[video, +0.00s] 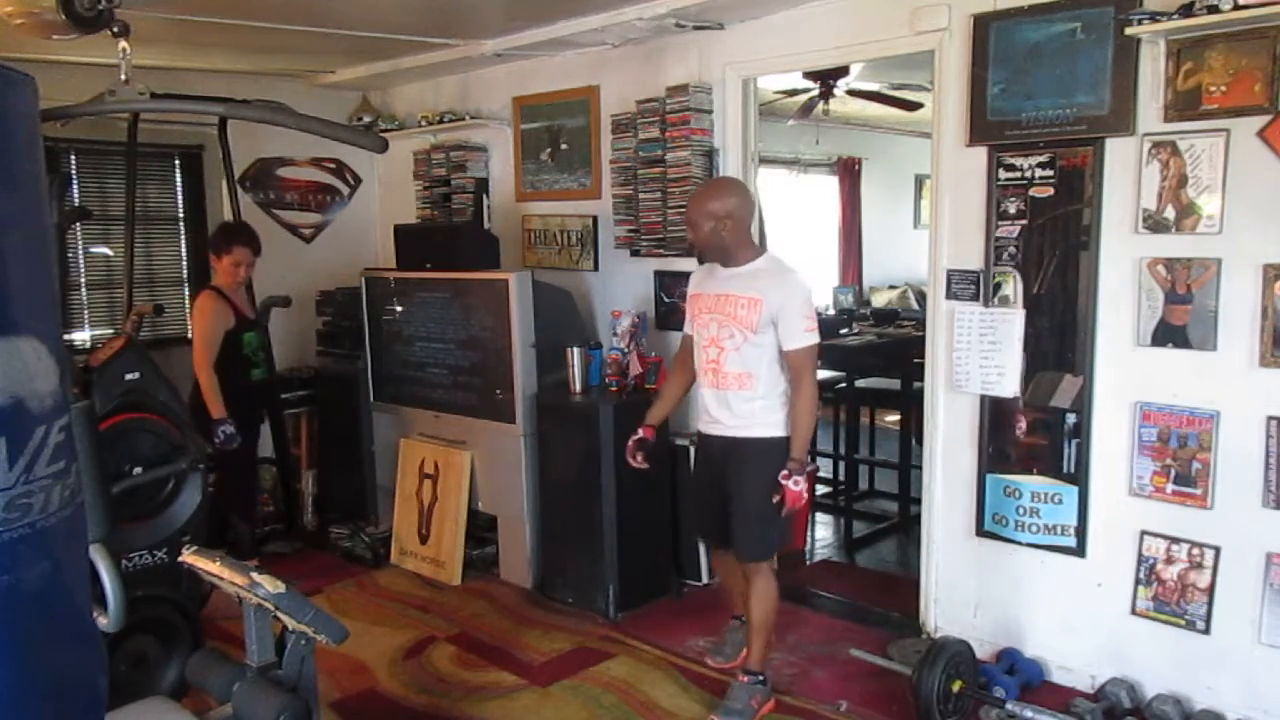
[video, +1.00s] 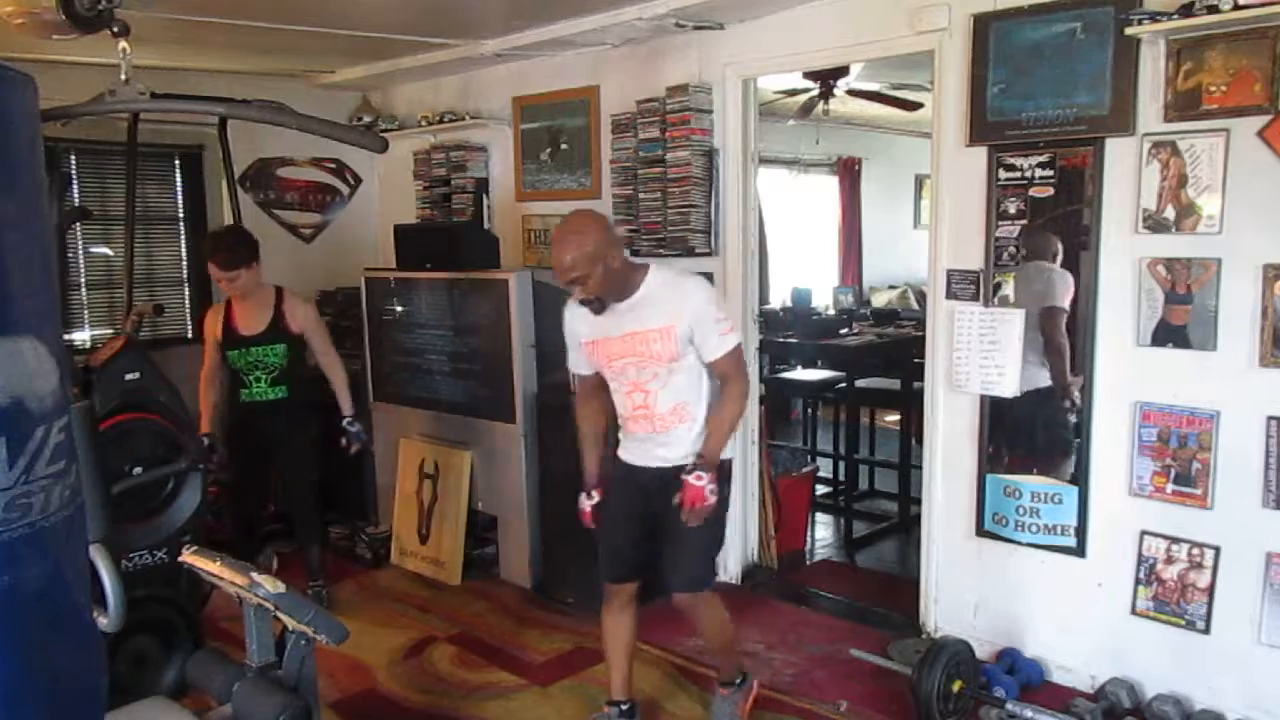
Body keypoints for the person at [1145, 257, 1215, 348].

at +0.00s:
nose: (1179, 273)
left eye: (1183, 269)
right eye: (1176, 270)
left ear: (1188, 273)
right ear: (1172, 272)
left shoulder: (1191, 287)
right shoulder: (1168, 286)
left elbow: (1213, 268)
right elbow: (1151, 265)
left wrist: (1195, 262)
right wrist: (1166, 262)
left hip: (1181, 329)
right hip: (1164, 328)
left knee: (1191, 357)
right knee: (1154, 356)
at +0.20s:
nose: (1179, 273)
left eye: (1183, 269)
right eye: (1176, 269)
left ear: (1188, 273)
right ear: (1172, 272)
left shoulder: (1191, 287)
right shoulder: (1168, 286)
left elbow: (1213, 267)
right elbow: (1150, 265)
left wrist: (1194, 263)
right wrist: (1167, 263)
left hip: (1181, 329)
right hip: (1165, 328)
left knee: (1190, 357)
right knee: (1154, 356)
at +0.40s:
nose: (1179, 273)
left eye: (1183, 269)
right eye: (1176, 269)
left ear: (1188, 273)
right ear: (1172, 272)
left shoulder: (1191, 287)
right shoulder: (1168, 286)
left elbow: (1213, 267)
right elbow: (1150, 265)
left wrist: (1194, 263)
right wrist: (1167, 263)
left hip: (1181, 329)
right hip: (1165, 328)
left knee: (1190, 357)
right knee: (1154, 356)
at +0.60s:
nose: (1179, 273)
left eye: (1183, 269)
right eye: (1176, 269)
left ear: (1188, 273)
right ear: (1172, 272)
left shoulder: (1191, 287)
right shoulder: (1168, 286)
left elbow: (1213, 267)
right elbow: (1151, 265)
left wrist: (1195, 263)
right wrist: (1166, 262)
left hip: (1182, 329)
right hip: (1165, 328)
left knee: (1190, 358)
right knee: (1154, 356)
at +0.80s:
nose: (1180, 272)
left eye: (1183, 269)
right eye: (1176, 269)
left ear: (1188, 271)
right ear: (1171, 272)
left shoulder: (1191, 287)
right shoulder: (1168, 286)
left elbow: (1213, 268)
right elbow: (1151, 266)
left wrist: (1196, 262)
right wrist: (1166, 260)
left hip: (1181, 329)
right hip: (1164, 327)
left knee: (1189, 358)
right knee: (1154, 357)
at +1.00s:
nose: (1181, 272)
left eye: (1183, 269)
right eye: (1177, 270)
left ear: (1188, 271)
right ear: (1172, 272)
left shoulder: (1191, 287)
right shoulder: (1168, 286)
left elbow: (1213, 268)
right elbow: (1151, 265)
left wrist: (1196, 262)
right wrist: (1166, 261)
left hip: (1181, 329)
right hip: (1164, 327)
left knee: (1189, 358)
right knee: (1154, 357)